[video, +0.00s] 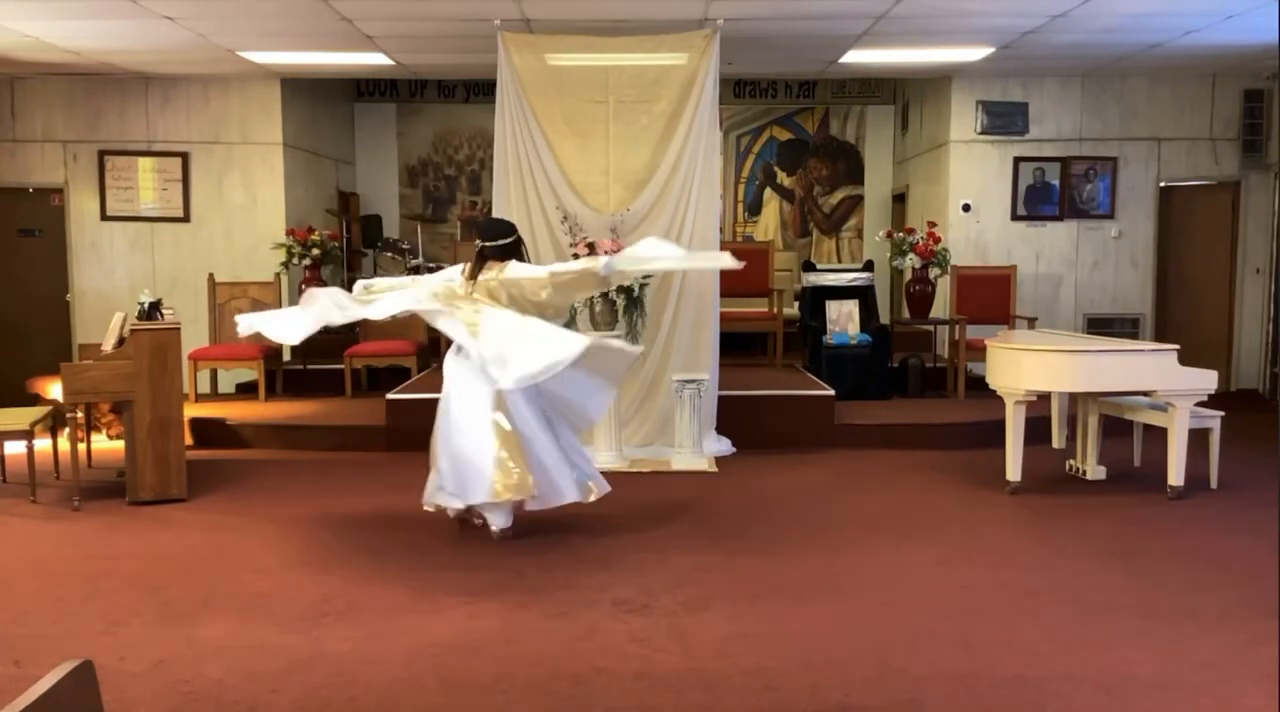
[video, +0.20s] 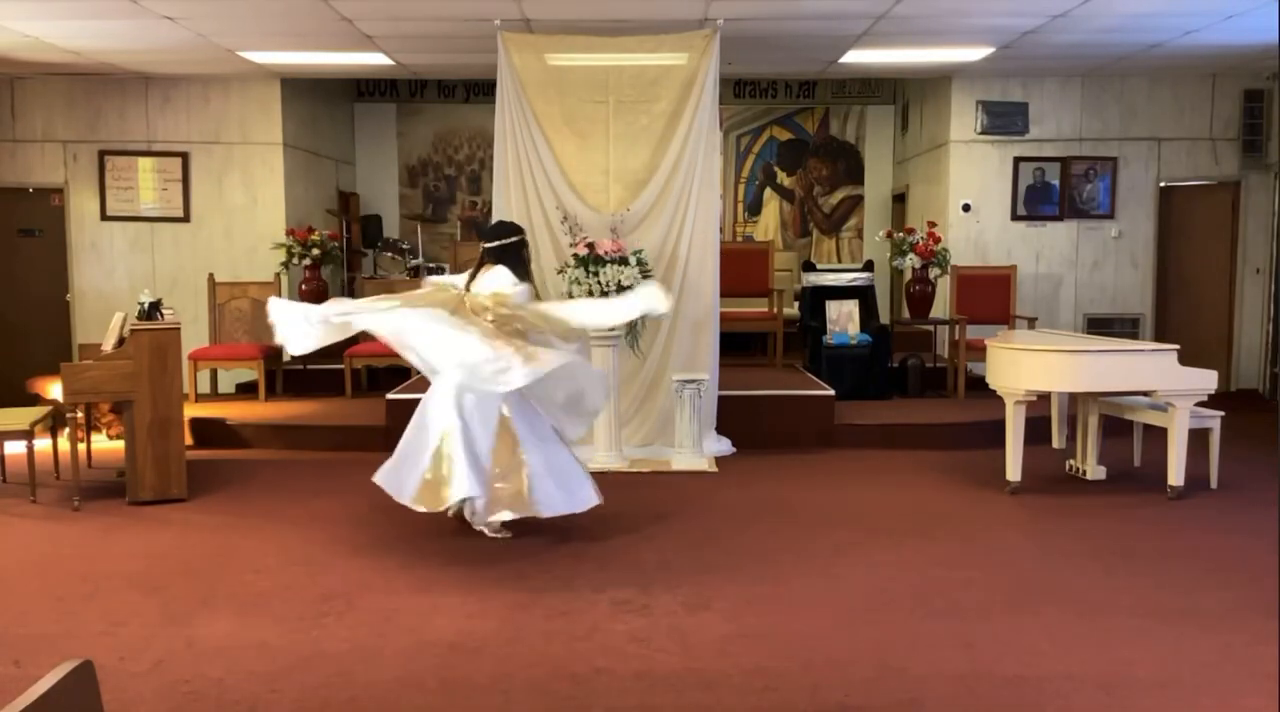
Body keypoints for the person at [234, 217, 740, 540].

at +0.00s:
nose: (509, 261)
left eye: (501, 255)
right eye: (510, 255)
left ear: (477, 253)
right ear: (509, 254)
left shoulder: (453, 285)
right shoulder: (518, 281)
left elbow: (403, 295)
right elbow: (566, 276)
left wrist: (354, 298)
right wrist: (609, 261)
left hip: (465, 372)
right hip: (507, 372)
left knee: (462, 432)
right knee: (504, 434)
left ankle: (464, 501)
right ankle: (499, 512)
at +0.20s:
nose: (527, 258)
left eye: (518, 252)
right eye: (524, 252)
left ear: (489, 250)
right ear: (515, 251)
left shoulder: (474, 281)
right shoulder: (505, 283)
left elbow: (429, 296)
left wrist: (382, 305)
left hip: (461, 377)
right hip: (484, 380)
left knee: (468, 438)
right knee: (490, 442)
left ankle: (464, 500)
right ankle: (484, 512)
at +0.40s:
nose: (534, 257)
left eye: (532, 250)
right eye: (529, 251)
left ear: (503, 254)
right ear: (516, 255)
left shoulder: (529, 295)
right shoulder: (486, 284)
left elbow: (542, 341)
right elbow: (450, 306)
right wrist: (421, 315)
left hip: (511, 386)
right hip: (478, 387)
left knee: (514, 449)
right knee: (486, 450)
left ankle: (510, 515)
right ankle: (481, 518)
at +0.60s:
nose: (535, 255)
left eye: (536, 249)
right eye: (527, 251)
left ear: (539, 254)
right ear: (508, 257)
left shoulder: (546, 287)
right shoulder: (486, 288)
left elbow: (584, 285)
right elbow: (446, 310)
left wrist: (615, 281)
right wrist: (407, 330)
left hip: (536, 387)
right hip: (494, 387)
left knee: (540, 451)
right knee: (488, 453)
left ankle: (545, 516)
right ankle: (491, 520)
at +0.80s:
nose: (523, 257)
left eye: (528, 251)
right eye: (516, 252)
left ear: (537, 256)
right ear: (503, 257)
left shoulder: (549, 287)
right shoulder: (491, 291)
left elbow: (589, 290)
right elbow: (454, 323)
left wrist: (634, 290)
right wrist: (423, 355)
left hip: (541, 385)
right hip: (495, 385)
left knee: (544, 450)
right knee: (487, 449)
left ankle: (550, 518)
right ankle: (486, 517)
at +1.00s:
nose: (500, 259)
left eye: (508, 252)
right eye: (494, 252)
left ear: (520, 256)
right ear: (487, 258)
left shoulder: (530, 286)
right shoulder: (482, 300)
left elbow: (557, 324)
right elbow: (468, 350)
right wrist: (423, 375)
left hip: (535, 376)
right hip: (496, 380)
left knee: (538, 443)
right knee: (493, 443)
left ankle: (550, 515)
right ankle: (498, 513)